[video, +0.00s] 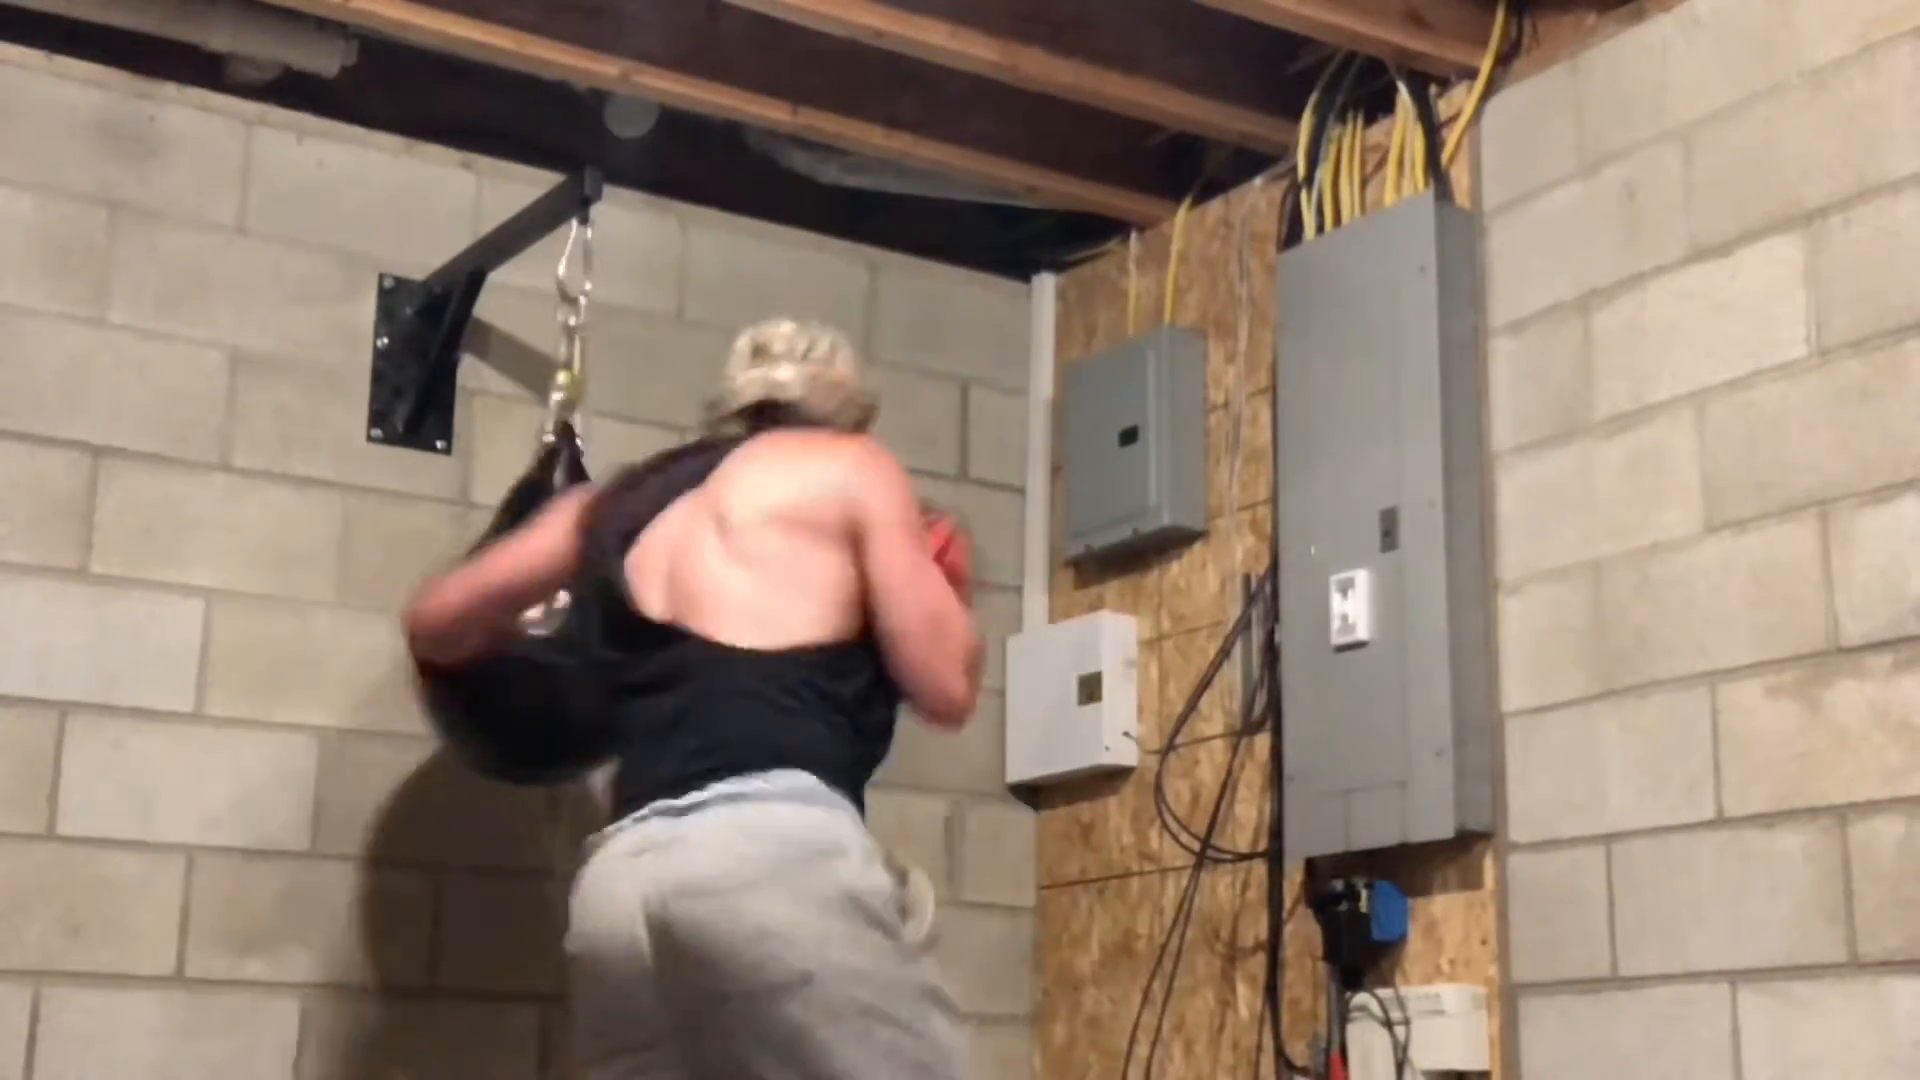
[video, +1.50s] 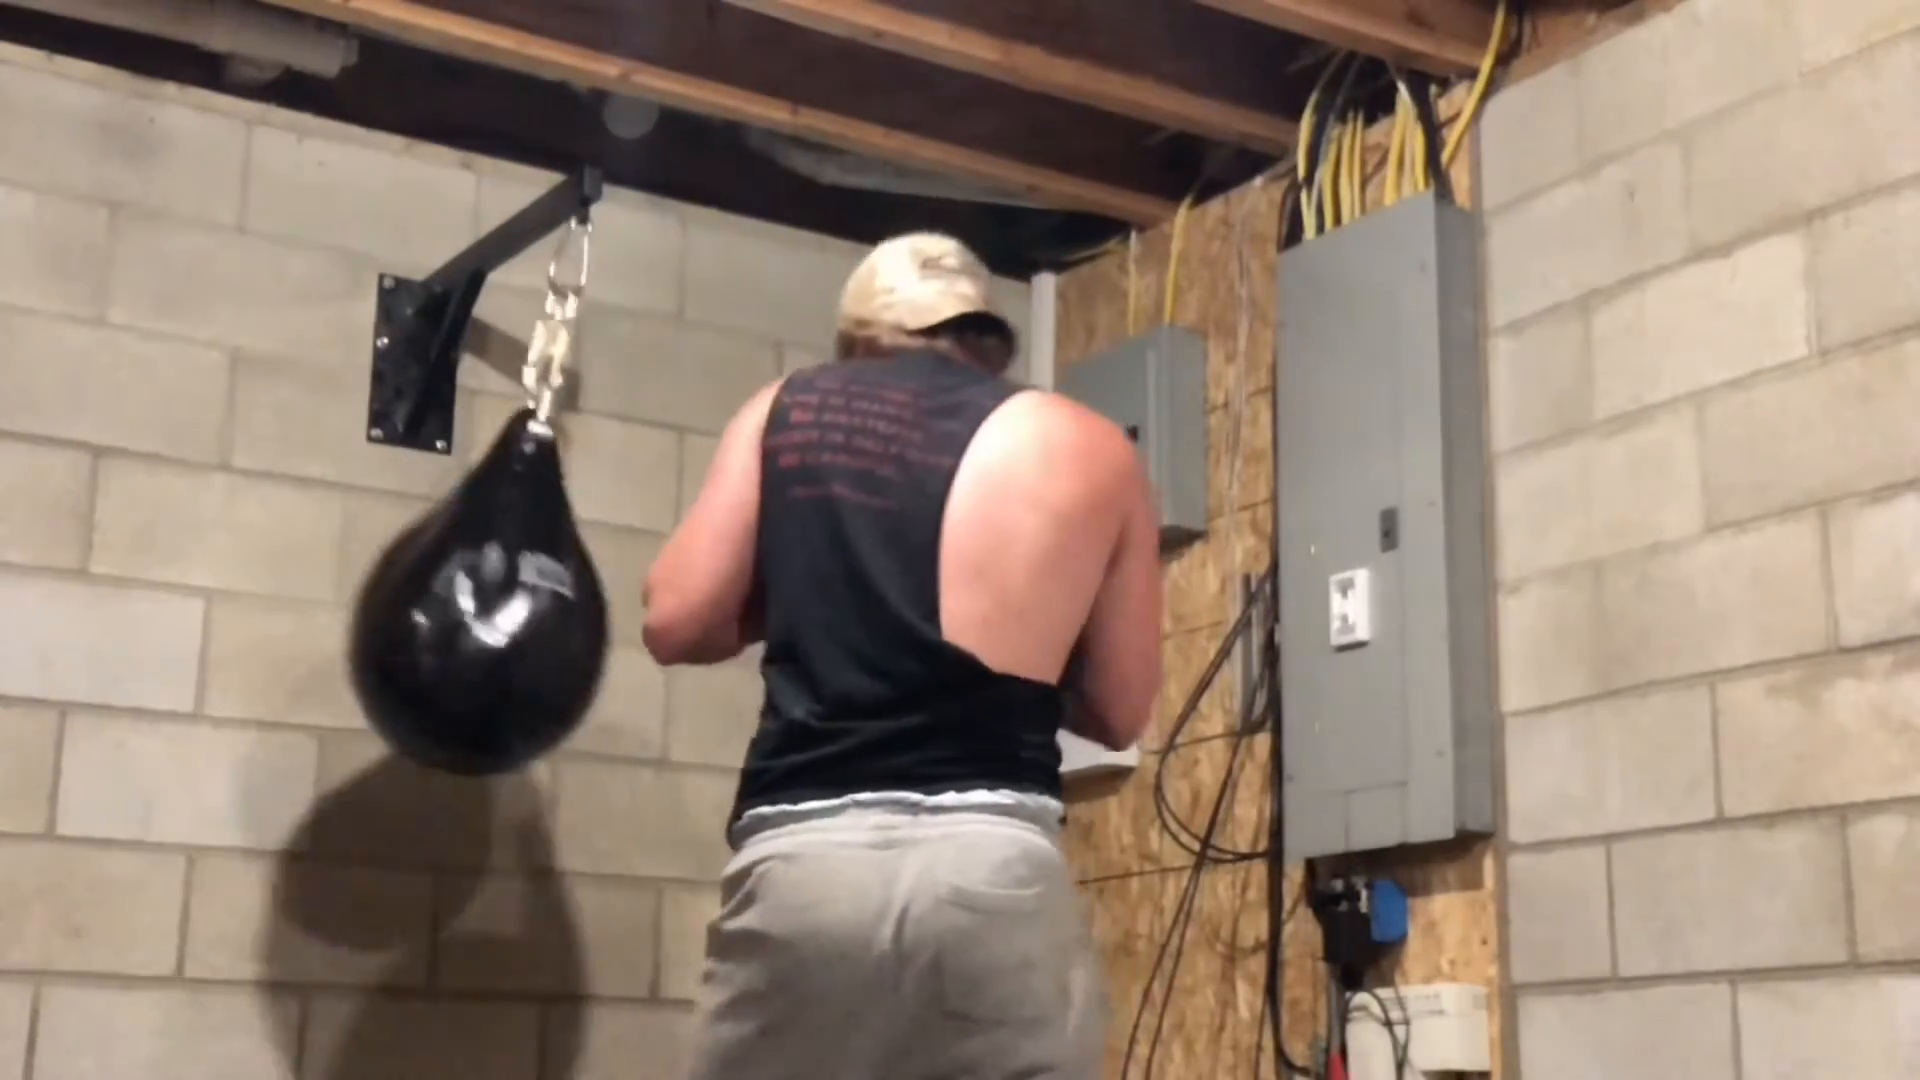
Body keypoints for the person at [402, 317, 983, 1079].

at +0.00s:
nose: (866, 423)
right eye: (860, 413)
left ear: (728, 405)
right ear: (847, 406)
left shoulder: (621, 501)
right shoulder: (854, 465)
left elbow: (435, 619)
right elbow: (947, 691)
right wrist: (947, 586)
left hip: (615, 879)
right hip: (778, 858)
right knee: (910, 1064)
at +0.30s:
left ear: (662, 432)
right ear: (789, 431)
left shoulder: (571, 514)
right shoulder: (858, 517)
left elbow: (471, 724)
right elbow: (905, 763)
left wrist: (607, 692)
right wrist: (802, 687)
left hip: (614, 921)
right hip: (806, 917)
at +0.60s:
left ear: (795, 365)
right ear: (928, 365)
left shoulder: (698, 465)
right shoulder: (999, 461)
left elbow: (601, 666)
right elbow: (1050, 717)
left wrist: (735, 676)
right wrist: (930, 660)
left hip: (743, 888)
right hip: (937, 880)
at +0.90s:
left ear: (890, 324)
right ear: (1024, 332)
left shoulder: (792, 404)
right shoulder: (1111, 437)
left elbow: (686, 605)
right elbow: (1155, 703)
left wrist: (800, 613)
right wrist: (1030, 639)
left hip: (826, 855)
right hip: (1024, 858)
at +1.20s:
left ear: (905, 319)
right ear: (1037, 328)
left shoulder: (798, 397)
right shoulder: (1121, 437)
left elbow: (694, 607)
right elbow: (1152, 709)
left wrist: (817, 604)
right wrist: (1021, 637)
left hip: (827, 865)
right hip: (1027, 866)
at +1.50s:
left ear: (854, 339)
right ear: (991, 342)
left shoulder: (778, 412)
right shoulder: (1096, 448)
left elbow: (674, 625)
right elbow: (1119, 711)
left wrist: (798, 578)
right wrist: (1003, 630)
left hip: (802, 868)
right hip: (1003, 872)